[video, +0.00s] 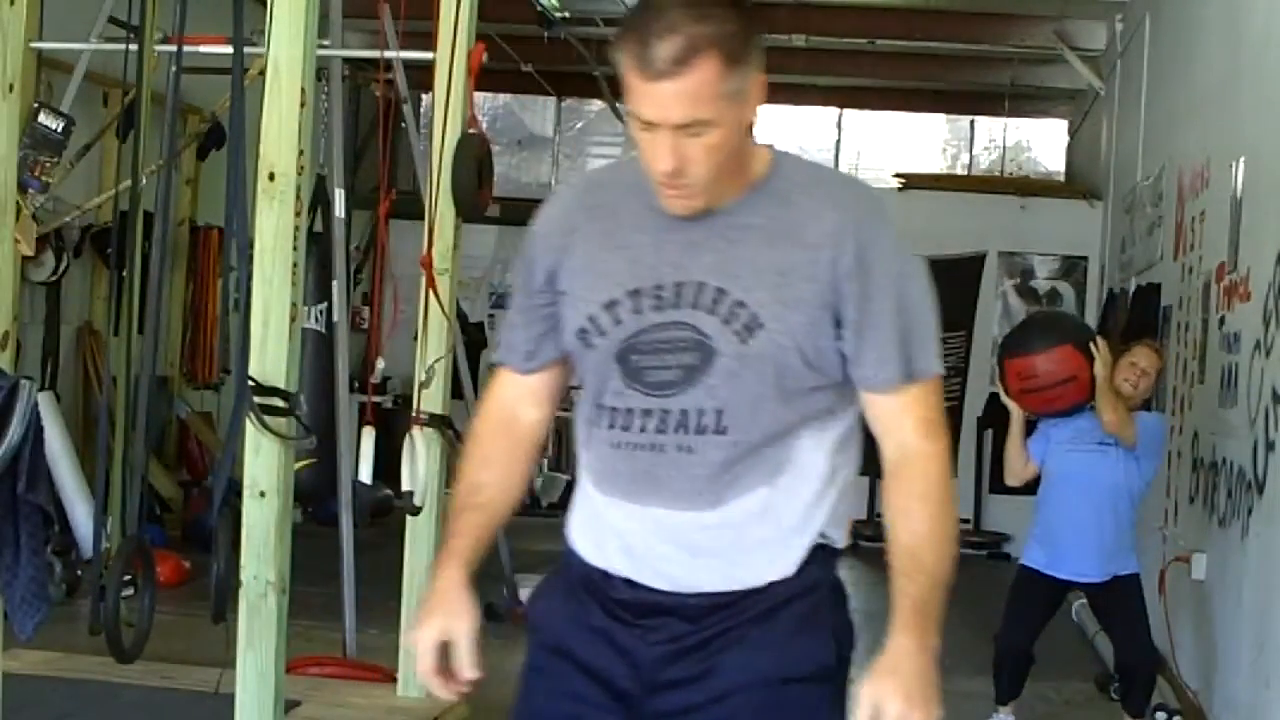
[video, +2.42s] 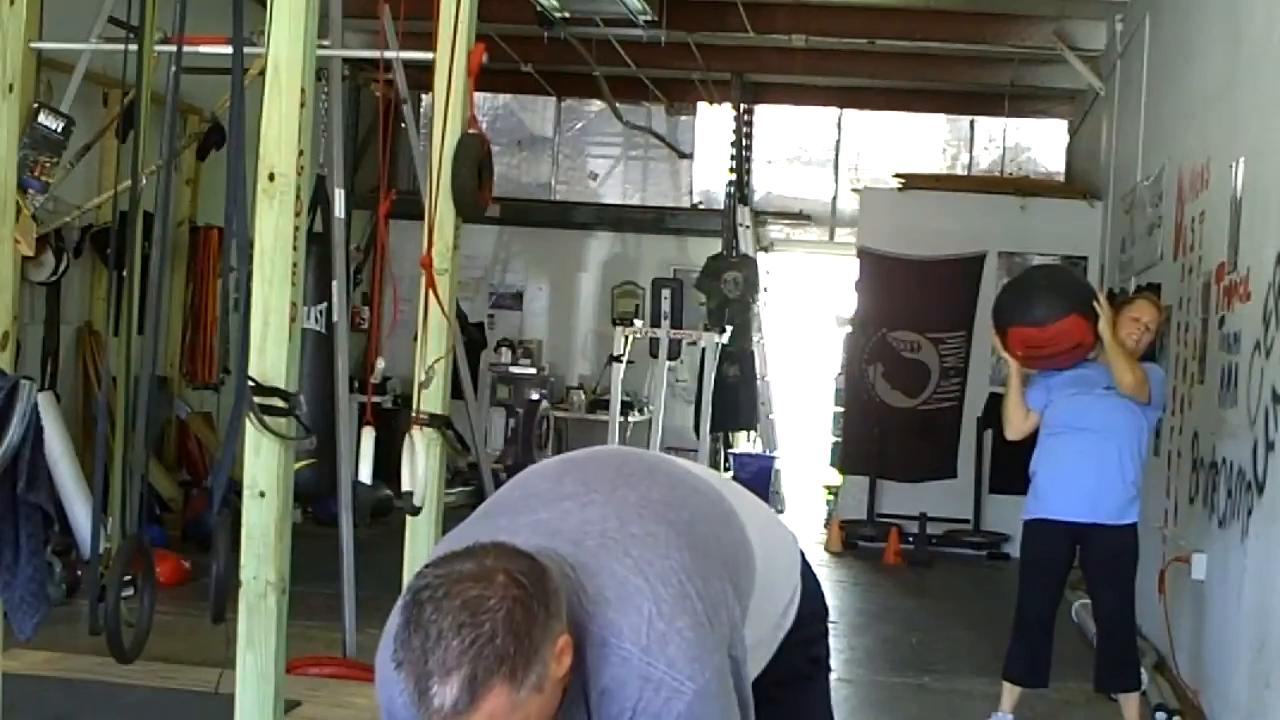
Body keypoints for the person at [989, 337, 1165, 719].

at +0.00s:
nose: (1137, 376)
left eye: (1148, 374)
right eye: (1132, 365)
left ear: (1153, 387)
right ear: (1112, 365)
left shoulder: (1152, 426)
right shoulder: (1058, 424)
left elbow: (1113, 421)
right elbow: (1015, 476)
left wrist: (1103, 377)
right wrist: (1017, 414)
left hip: (1113, 567)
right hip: (1046, 561)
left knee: (1140, 657)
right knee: (1012, 643)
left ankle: (1135, 712)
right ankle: (1005, 708)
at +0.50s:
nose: (1138, 350)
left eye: (1147, 346)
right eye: (1132, 341)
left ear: (1155, 363)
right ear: (1110, 347)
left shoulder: (1149, 405)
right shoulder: (1059, 398)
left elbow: (1131, 376)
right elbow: (1005, 429)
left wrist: (1106, 338)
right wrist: (1011, 373)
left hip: (1110, 546)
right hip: (1045, 540)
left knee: (1132, 646)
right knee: (1014, 636)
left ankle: (1132, 712)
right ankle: (1004, 708)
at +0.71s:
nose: (1127, 327)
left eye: (1133, 322)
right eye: (1120, 319)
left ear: (1139, 331)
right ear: (1102, 325)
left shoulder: (1144, 376)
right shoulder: (1059, 367)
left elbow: (1152, 314)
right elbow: (1004, 355)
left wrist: (1117, 269)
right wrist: (1019, 296)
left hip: (1108, 520)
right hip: (1046, 514)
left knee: (1117, 623)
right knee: (1027, 613)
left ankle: (1132, 714)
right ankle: (1004, 711)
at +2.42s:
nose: (1142, 333)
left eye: (1151, 330)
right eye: (1136, 321)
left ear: (1154, 338)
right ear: (1111, 318)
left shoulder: (1152, 377)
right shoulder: (1059, 373)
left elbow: (1130, 385)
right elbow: (1016, 428)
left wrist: (1106, 333)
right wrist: (1014, 368)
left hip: (1114, 520)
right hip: (1049, 515)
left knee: (1117, 621)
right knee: (1033, 614)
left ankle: (1133, 715)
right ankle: (1004, 712)